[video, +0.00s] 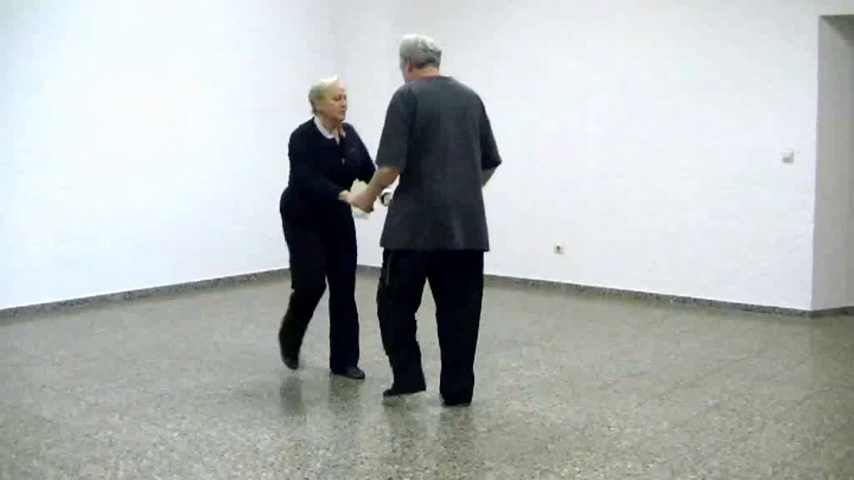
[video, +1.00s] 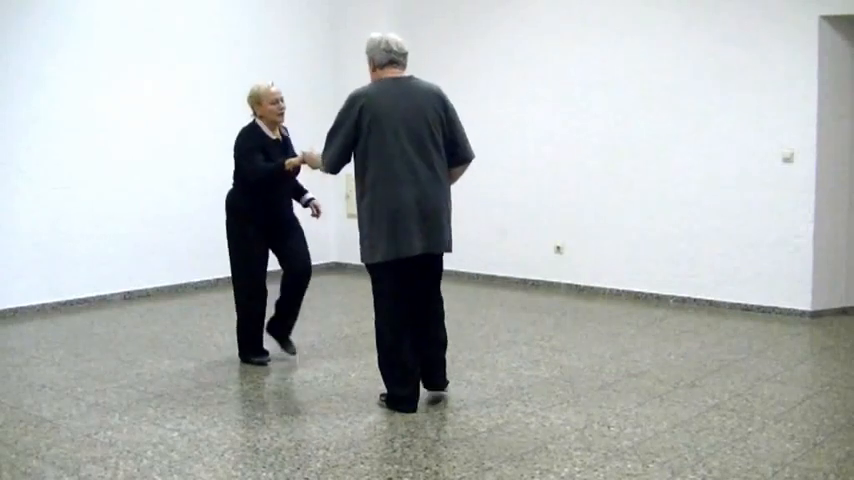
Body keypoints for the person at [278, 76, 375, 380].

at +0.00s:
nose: (344, 104)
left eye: (345, 98)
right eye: (338, 99)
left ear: (344, 102)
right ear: (319, 104)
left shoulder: (349, 135)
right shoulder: (302, 137)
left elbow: (366, 171)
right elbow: (304, 180)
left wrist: (380, 187)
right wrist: (345, 196)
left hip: (337, 216)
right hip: (302, 217)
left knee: (343, 290)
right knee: (311, 284)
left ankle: (344, 362)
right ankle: (289, 340)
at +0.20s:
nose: (334, 107)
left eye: (335, 102)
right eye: (328, 102)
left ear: (335, 106)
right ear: (309, 108)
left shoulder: (339, 138)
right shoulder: (294, 141)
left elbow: (351, 180)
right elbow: (298, 183)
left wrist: (363, 208)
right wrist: (334, 199)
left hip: (329, 218)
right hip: (294, 219)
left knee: (343, 288)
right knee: (295, 288)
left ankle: (343, 362)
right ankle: (265, 338)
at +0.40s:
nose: (309, 113)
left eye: (310, 108)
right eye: (302, 109)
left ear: (310, 113)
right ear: (284, 114)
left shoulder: (311, 143)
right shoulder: (269, 146)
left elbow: (314, 179)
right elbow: (271, 186)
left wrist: (322, 197)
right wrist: (306, 195)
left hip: (308, 223)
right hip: (273, 225)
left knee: (327, 287)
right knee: (265, 287)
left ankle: (344, 359)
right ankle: (253, 349)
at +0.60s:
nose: (291, 106)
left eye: (291, 101)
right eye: (284, 102)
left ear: (290, 105)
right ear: (266, 108)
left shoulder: (292, 135)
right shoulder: (252, 138)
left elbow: (297, 174)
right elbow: (250, 179)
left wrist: (310, 207)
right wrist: (285, 174)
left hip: (289, 216)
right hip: (255, 219)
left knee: (308, 276)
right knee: (253, 286)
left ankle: (304, 342)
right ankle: (252, 350)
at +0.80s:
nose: (281, 108)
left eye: (281, 104)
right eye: (274, 105)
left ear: (282, 108)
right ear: (256, 111)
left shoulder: (284, 137)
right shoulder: (245, 143)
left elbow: (293, 175)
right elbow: (246, 181)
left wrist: (312, 202)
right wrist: (277, 179)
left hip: (280, 220)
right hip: (248, 223)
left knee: (286, 284)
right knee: (251, 286)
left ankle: (267, 339)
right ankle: (250, 349)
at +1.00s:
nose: (281, 106)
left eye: (282, 101)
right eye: (274, 103)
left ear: (283, 105)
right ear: (257, 109)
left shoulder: (282, 135)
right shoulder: (247, 138)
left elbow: (286, 175)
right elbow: (253, 174)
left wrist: (306, 199)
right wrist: (286, 166)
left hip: (279, 215)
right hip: (247, 219)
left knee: (300, 269)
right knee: (251, 285)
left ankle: (280, 327)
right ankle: (250, 350)